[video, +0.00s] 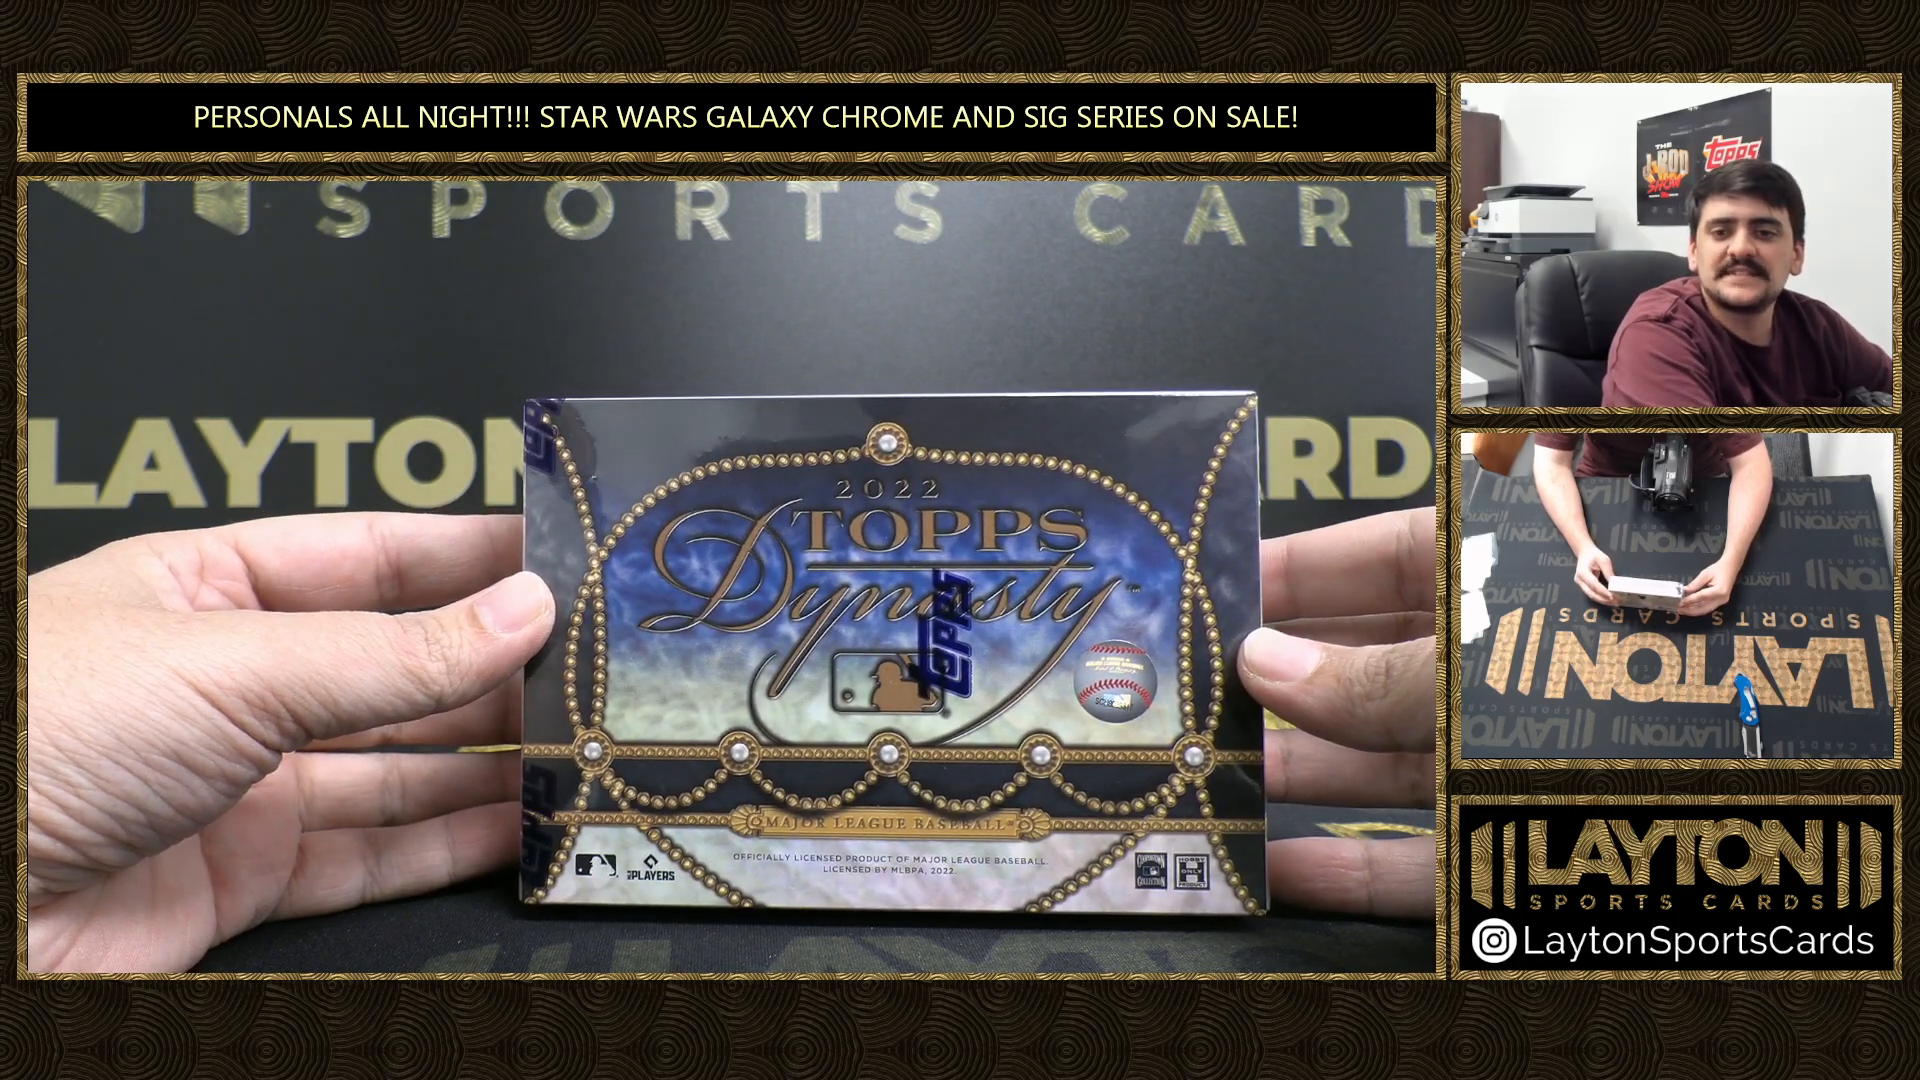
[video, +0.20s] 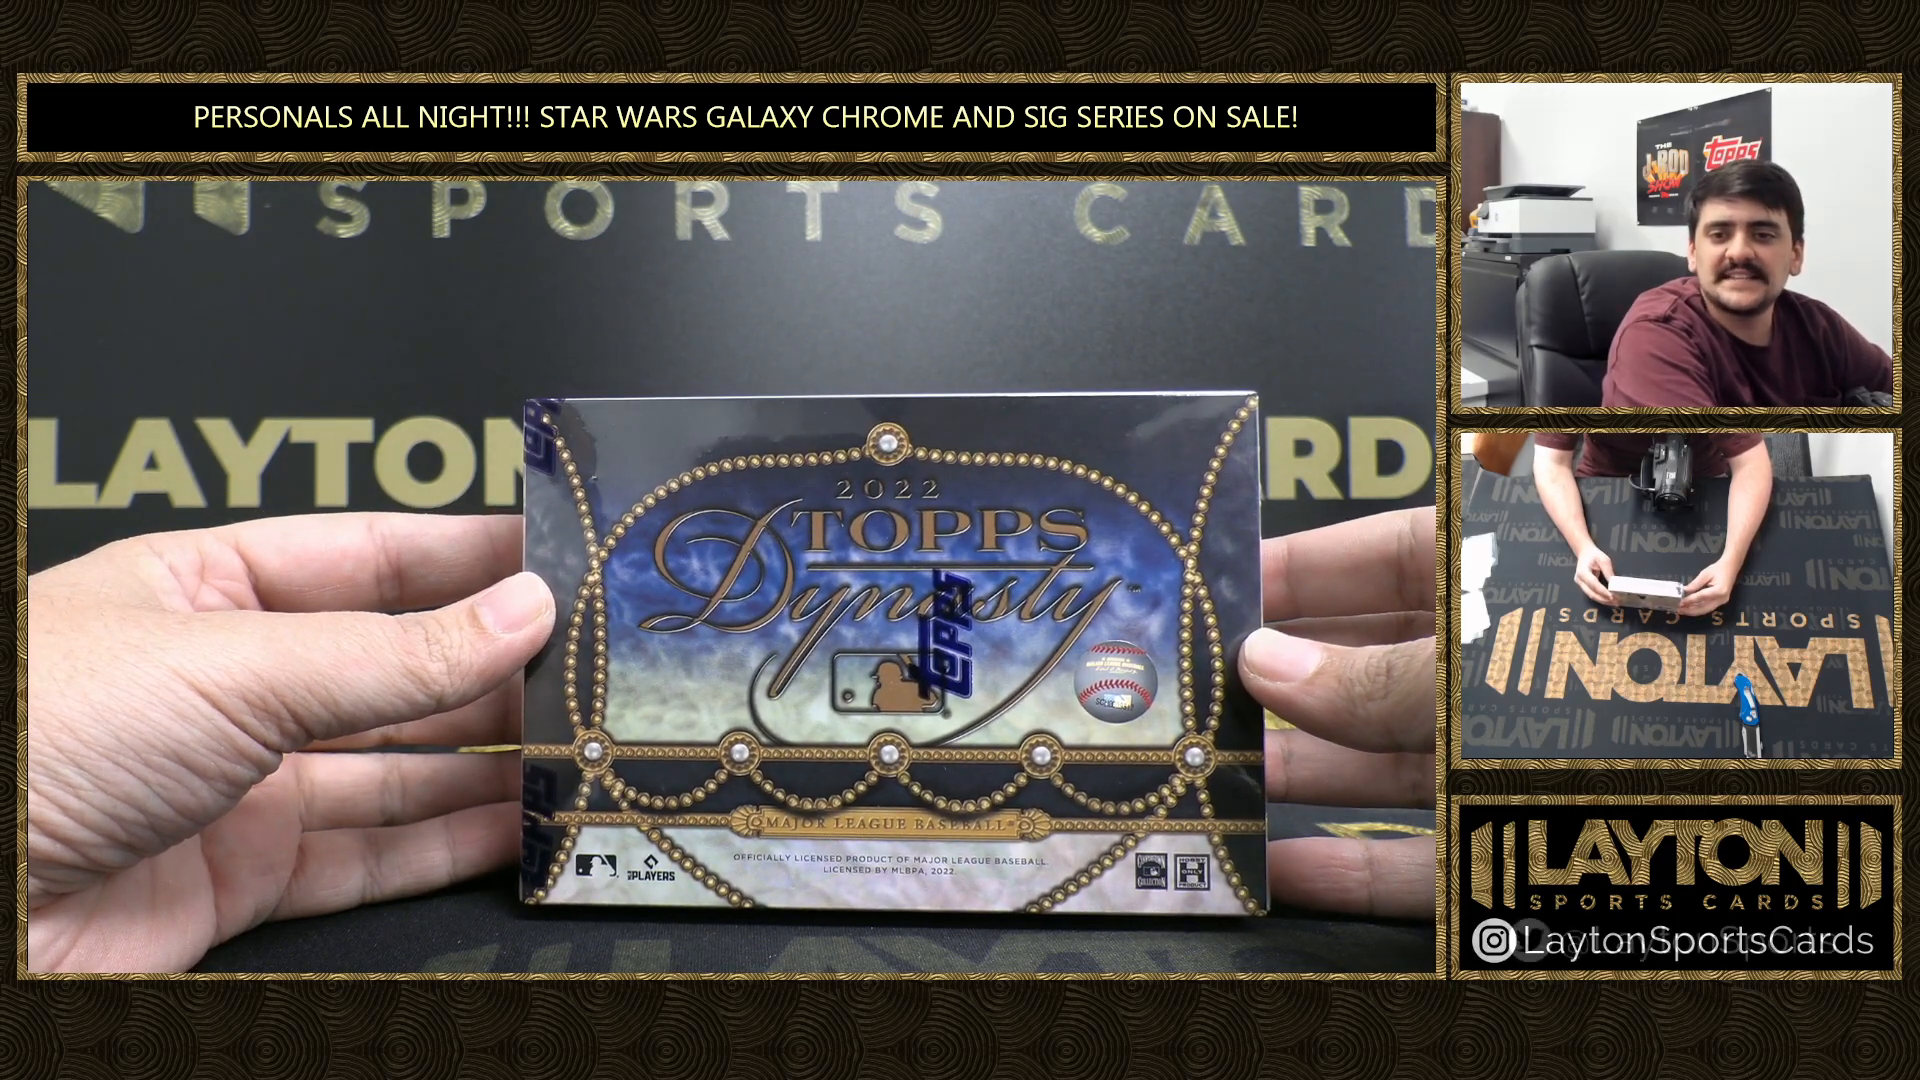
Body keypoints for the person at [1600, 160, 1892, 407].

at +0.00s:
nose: (1741, 248)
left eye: (1764, 233)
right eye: (1721, 231)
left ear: (1796, 255)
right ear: (1693, 252)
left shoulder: (1818, 328)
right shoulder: (1657, 332)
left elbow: (1896, 388)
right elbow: (1747, 462)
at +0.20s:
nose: (1740, 252)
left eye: (1763, 235)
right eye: (1720, 234)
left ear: (1796, 256)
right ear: (1691, 252)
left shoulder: (1818, 328)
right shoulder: (1656, 333)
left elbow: (1896, 388)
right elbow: (1747, 462)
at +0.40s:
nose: (1737, 255)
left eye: (1761, 236)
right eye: (1717, 236)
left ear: (1795, 255)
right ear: (1691, 253)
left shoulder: (1818, 328)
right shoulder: (1656, 333)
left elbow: (1896, 388)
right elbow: (1746, 462)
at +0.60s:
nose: (1738, 259)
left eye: (1761, 240)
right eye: (1718, 240)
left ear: (1795, 256)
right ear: (1691, 254)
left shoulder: (1817, 328)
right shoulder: (1655, 333)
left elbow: (1896, 389)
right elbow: (1746, 461)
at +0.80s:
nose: (1739, 261)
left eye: (1762, 242)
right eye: (1719, 241)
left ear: (1796, 256)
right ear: (1691, 254)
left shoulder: (1818, 329)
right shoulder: (1655, 333)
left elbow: (1896, 388)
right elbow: (1746, 461)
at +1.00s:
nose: (1746, 260)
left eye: (1769, 243)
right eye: (1726, 241)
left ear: (1798, 258)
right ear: (1693, 252)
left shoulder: (1818, 329)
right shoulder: (1655, 333)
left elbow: (1897, 388)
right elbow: (1746, 462)